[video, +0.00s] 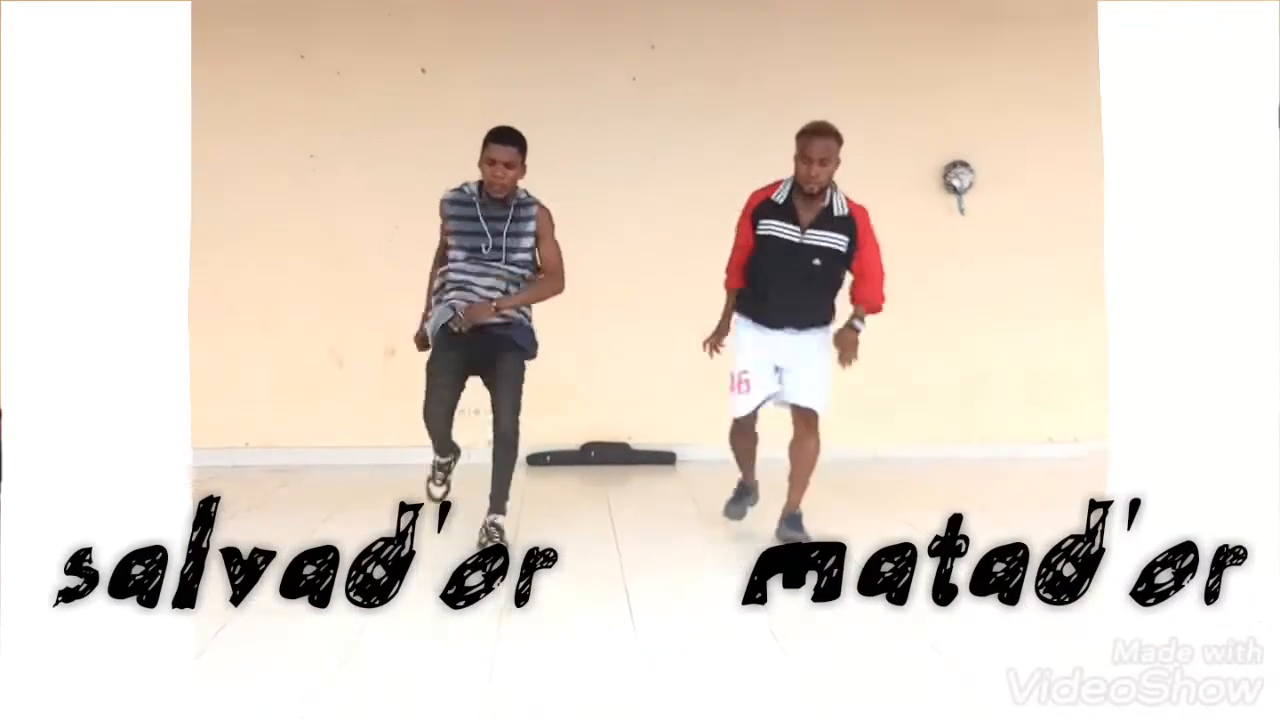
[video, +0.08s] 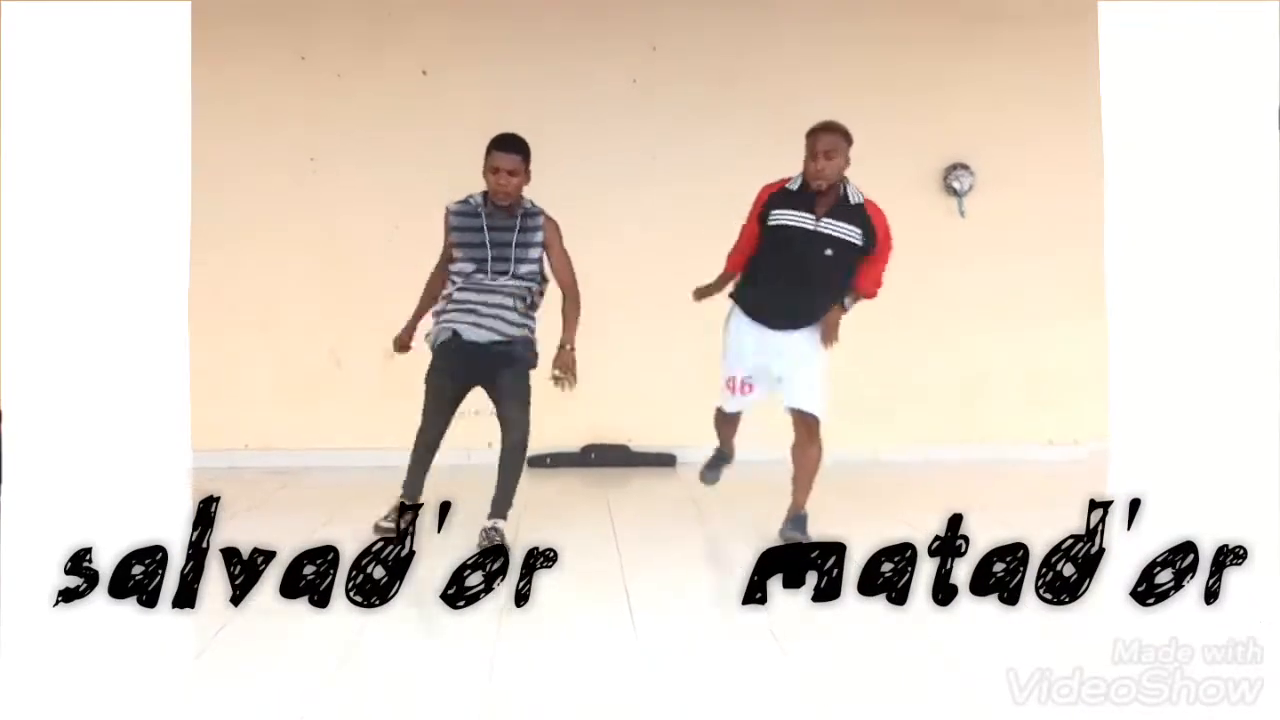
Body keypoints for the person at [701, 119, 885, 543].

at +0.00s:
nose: (813, 172)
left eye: (823, 164)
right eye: (806, 161)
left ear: (837, 165)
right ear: (794, 158)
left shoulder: (851, 217)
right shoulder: (762, 203)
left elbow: (870, 276)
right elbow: (739, 260)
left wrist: (853, 324)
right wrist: (727, 317)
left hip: (810, 335)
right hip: (755, 329)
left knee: (806, 421)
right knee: (742, 418)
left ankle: (792, 514)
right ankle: (747, 484)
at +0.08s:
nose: (819, 163)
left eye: (829, 155)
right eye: (813, 154)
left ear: (847, 161)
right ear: (804, 156)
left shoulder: (867, 216)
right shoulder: (774, 195)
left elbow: (874, 269)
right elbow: (747, 241)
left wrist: (841, 308)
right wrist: (721, 281)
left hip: (806, 330)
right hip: (750, 320)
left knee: (807, 422)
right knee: (729, 406)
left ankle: (796, 515)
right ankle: (724, 452)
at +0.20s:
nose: (798, 175)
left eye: (808, 169)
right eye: (793, 166)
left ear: (827, 174)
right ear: (785, 167)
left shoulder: (842, 228)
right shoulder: (768, 198)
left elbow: (831, 283)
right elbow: (725, 191)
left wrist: (784, 250)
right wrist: (683, 157)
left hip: (803, 329)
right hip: (756, 314)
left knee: (799, 426)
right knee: (699, 387)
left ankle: (797, 519)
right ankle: (701, 355)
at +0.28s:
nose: (791, 180)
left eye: (802, 172)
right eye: (786, 171)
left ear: (820, 175)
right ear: (778, 173)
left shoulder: (833, 221)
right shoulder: (766, 196)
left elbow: (803, 274)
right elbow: (716, 185)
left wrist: (761, 239)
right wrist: (682, 144)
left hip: (807, 332)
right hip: (760, 318)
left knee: (796, 425)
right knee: (697, 368)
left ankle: (793, 520)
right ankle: (695, 411)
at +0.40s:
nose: (795, 164)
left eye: (805, 156)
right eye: (787, 156)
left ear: (820, 162)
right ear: (777, 161)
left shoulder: (835, 224)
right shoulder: (757, 200)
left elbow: (828, 289)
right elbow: (731, 247)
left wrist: (817, 353)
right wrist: (705, 302)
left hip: (802, 337)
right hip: (755, 328)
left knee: (797, 430)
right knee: (731, 410)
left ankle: (789, 515)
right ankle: (725, 500)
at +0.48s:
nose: (793, 155)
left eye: (803, 147)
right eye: (786, 147)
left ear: (820, 153)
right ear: (777, 153)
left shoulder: (835, 216)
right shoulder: (757, 195)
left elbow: (856, 270)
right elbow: (756, 254)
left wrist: (883, 321)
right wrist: (775, 319)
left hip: (801, 329)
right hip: (752, 322)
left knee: (793, 422)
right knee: (758, 412)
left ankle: (791, 512)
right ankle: (821, 456)